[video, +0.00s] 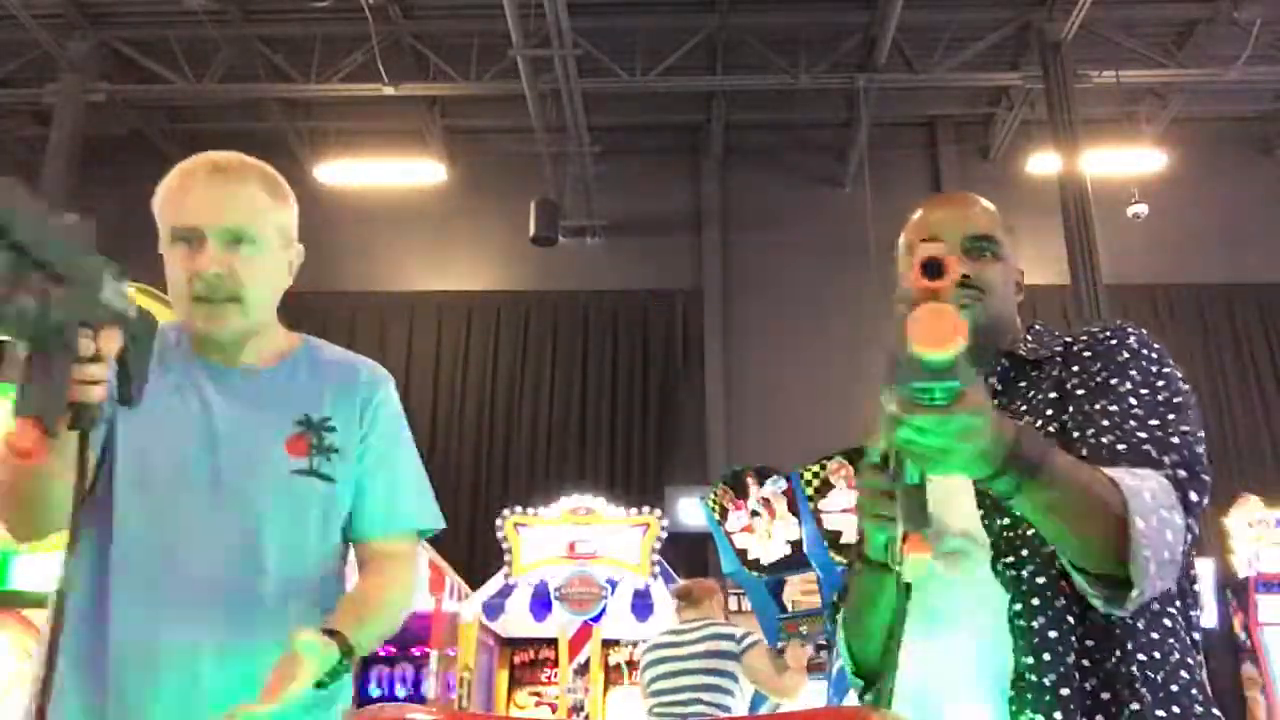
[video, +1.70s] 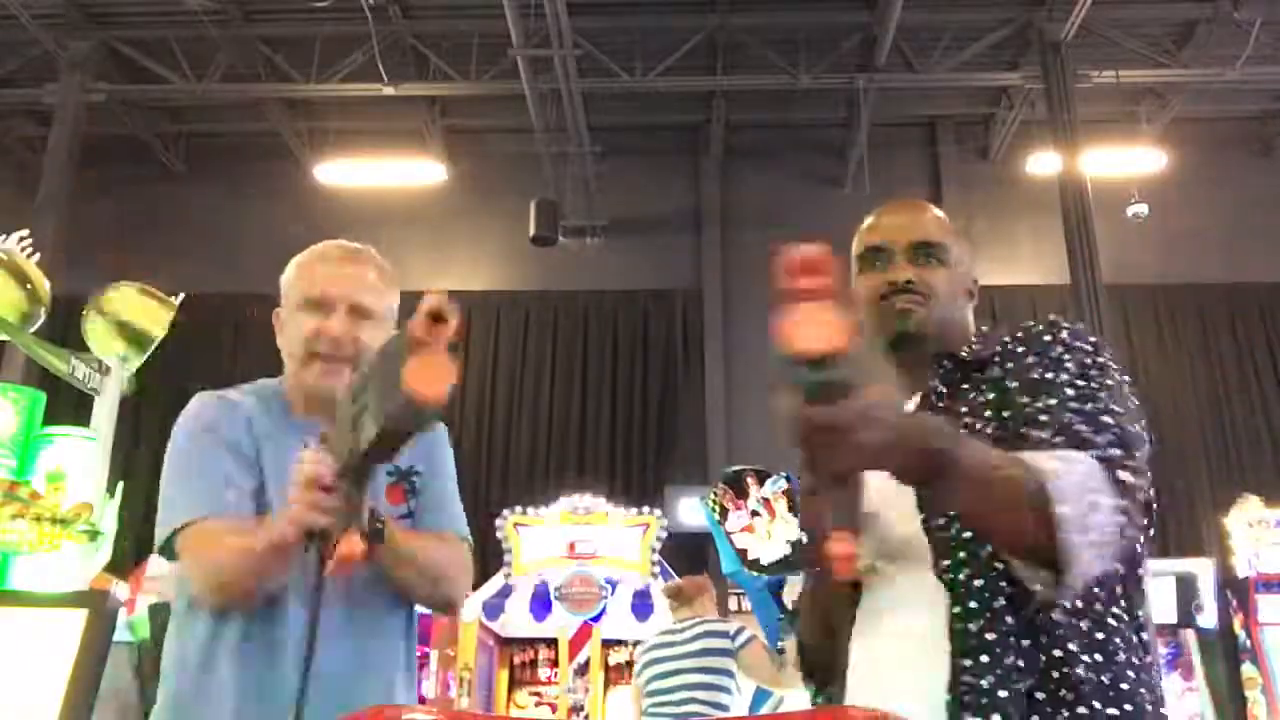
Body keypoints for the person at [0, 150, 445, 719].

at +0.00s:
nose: (210, 266)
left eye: (239, 241)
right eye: (188, 241)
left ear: (291, 262)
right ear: (162, 255)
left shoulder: (357, 393)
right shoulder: (111, 368)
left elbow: (393, 570)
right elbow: (28, 525)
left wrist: (329, 648)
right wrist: (66, 413)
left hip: (275, 711)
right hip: (102, 706)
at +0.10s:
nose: (248, 258)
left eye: (278, 236)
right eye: (226, 234)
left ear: (330, 255)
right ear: (199, 249)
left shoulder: (392, 389)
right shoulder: (144, 366)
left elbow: (424, 570)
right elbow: (62, 526)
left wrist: (345, 648)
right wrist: (78, 415)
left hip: (310, 709)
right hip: (136, 703)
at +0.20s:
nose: (314, 253)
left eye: (342, 229)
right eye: (290, 228)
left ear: (393, 253)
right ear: (262, 247)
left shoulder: (455, 385)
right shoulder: (203, 365)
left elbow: (490, 566)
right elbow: (126, 529)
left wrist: (385, 648)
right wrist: (101, 412)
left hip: (369, 714)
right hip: (192, 704)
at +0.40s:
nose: (323, 297)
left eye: (348, 279)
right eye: (300, 276)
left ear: (385, 306)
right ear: (269, 295)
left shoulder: (432, 420)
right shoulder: (221, 397)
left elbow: (473, 577)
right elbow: (160, 540)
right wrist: (182, 452)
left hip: (373, 705)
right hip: (217, 703)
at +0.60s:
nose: (311, 299)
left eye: (336, 281)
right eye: (289, 277)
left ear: (377, 305)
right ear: (258, 296)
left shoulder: (424, 410)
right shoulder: (198, 399)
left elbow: (441, 567)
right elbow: (161, 570)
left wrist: (300, 483)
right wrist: (182, 503)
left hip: (370, 705)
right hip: (213, 703)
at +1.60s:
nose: (333, 342)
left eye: (355, 326)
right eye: (317, 321)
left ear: (388, 338)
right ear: (275, 322)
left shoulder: (417, 437)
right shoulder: (208, 420)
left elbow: (448, 581)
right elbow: (199, 577)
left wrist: (343, 521)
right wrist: (258, 504)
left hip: (359, 710)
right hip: (210, 709)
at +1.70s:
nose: (336, 330)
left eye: (362, 315)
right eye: (317, 308)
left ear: (391, 338)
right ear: (278, 323)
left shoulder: (418, 439)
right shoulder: (215, 420)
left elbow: (452, 585)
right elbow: (212, 578)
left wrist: (372, 531)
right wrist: (289, 526)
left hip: (365, 710)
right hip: (219, 709)